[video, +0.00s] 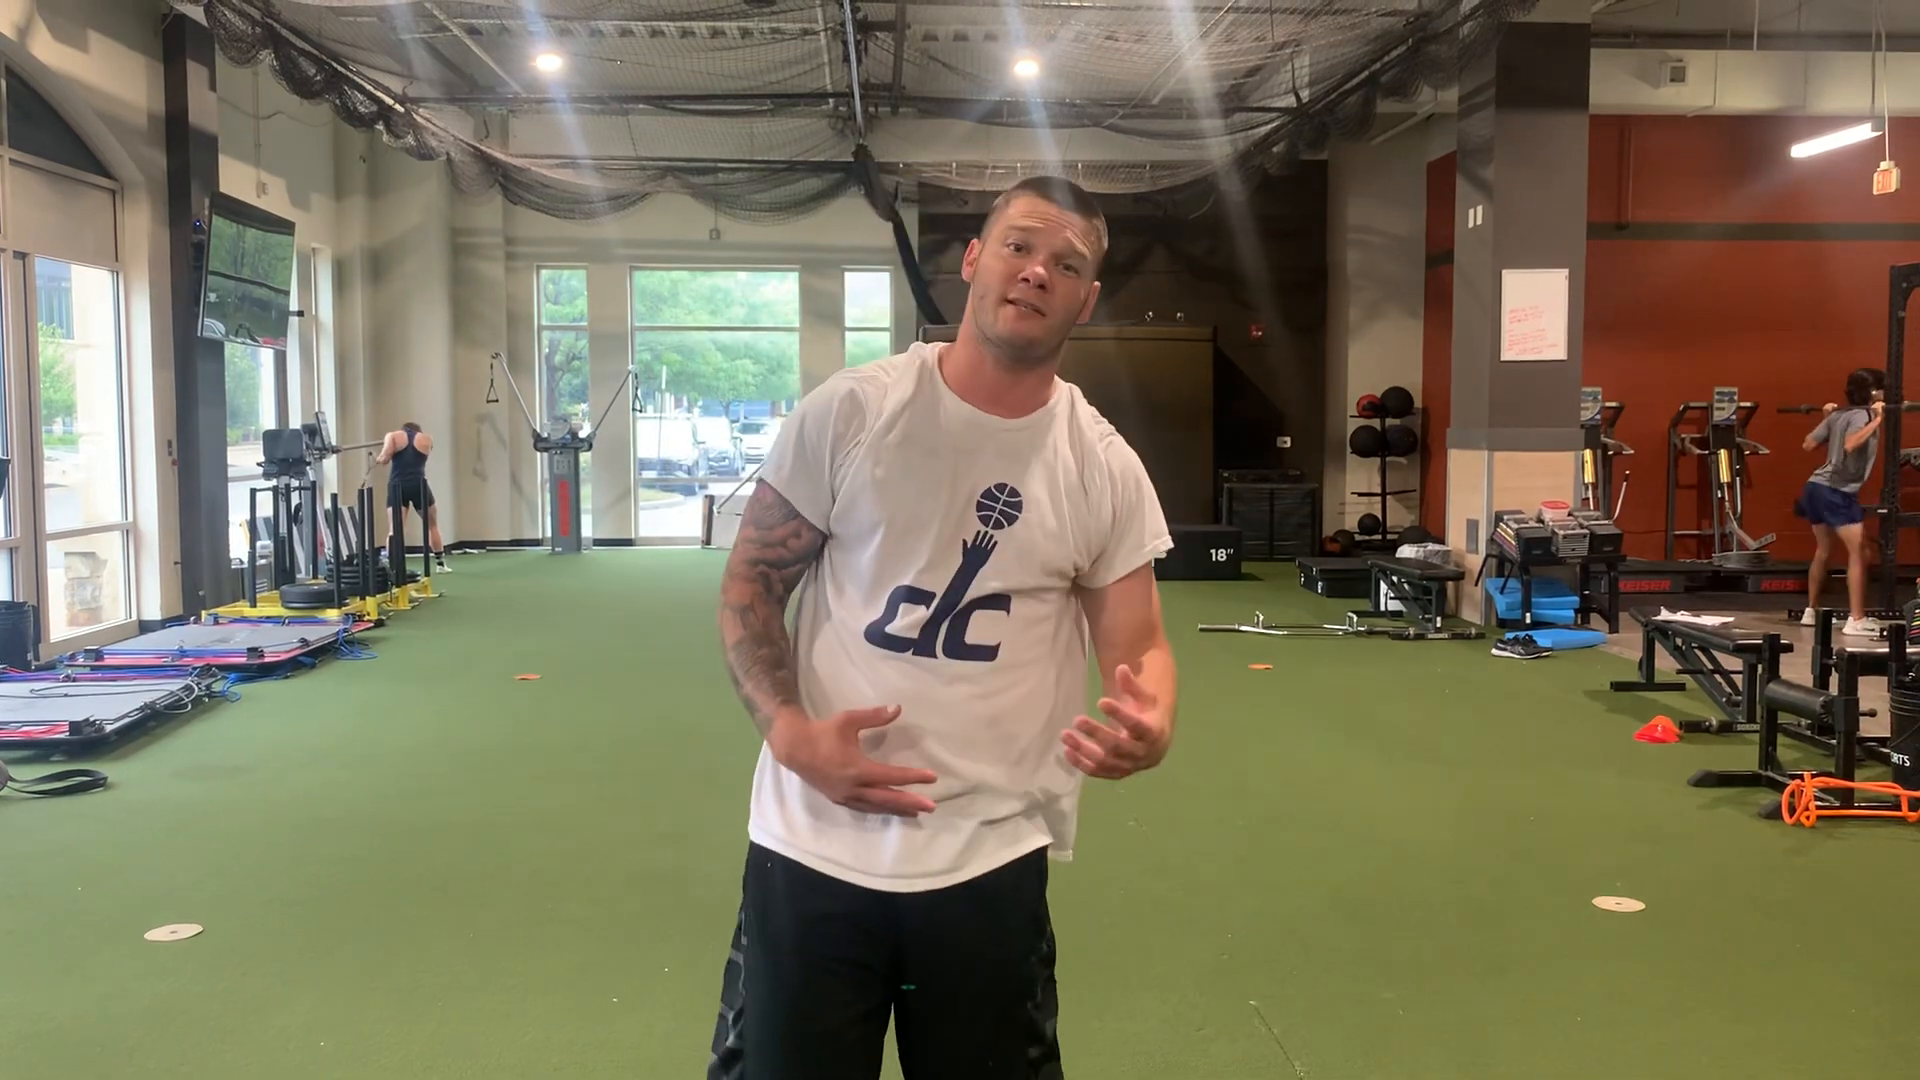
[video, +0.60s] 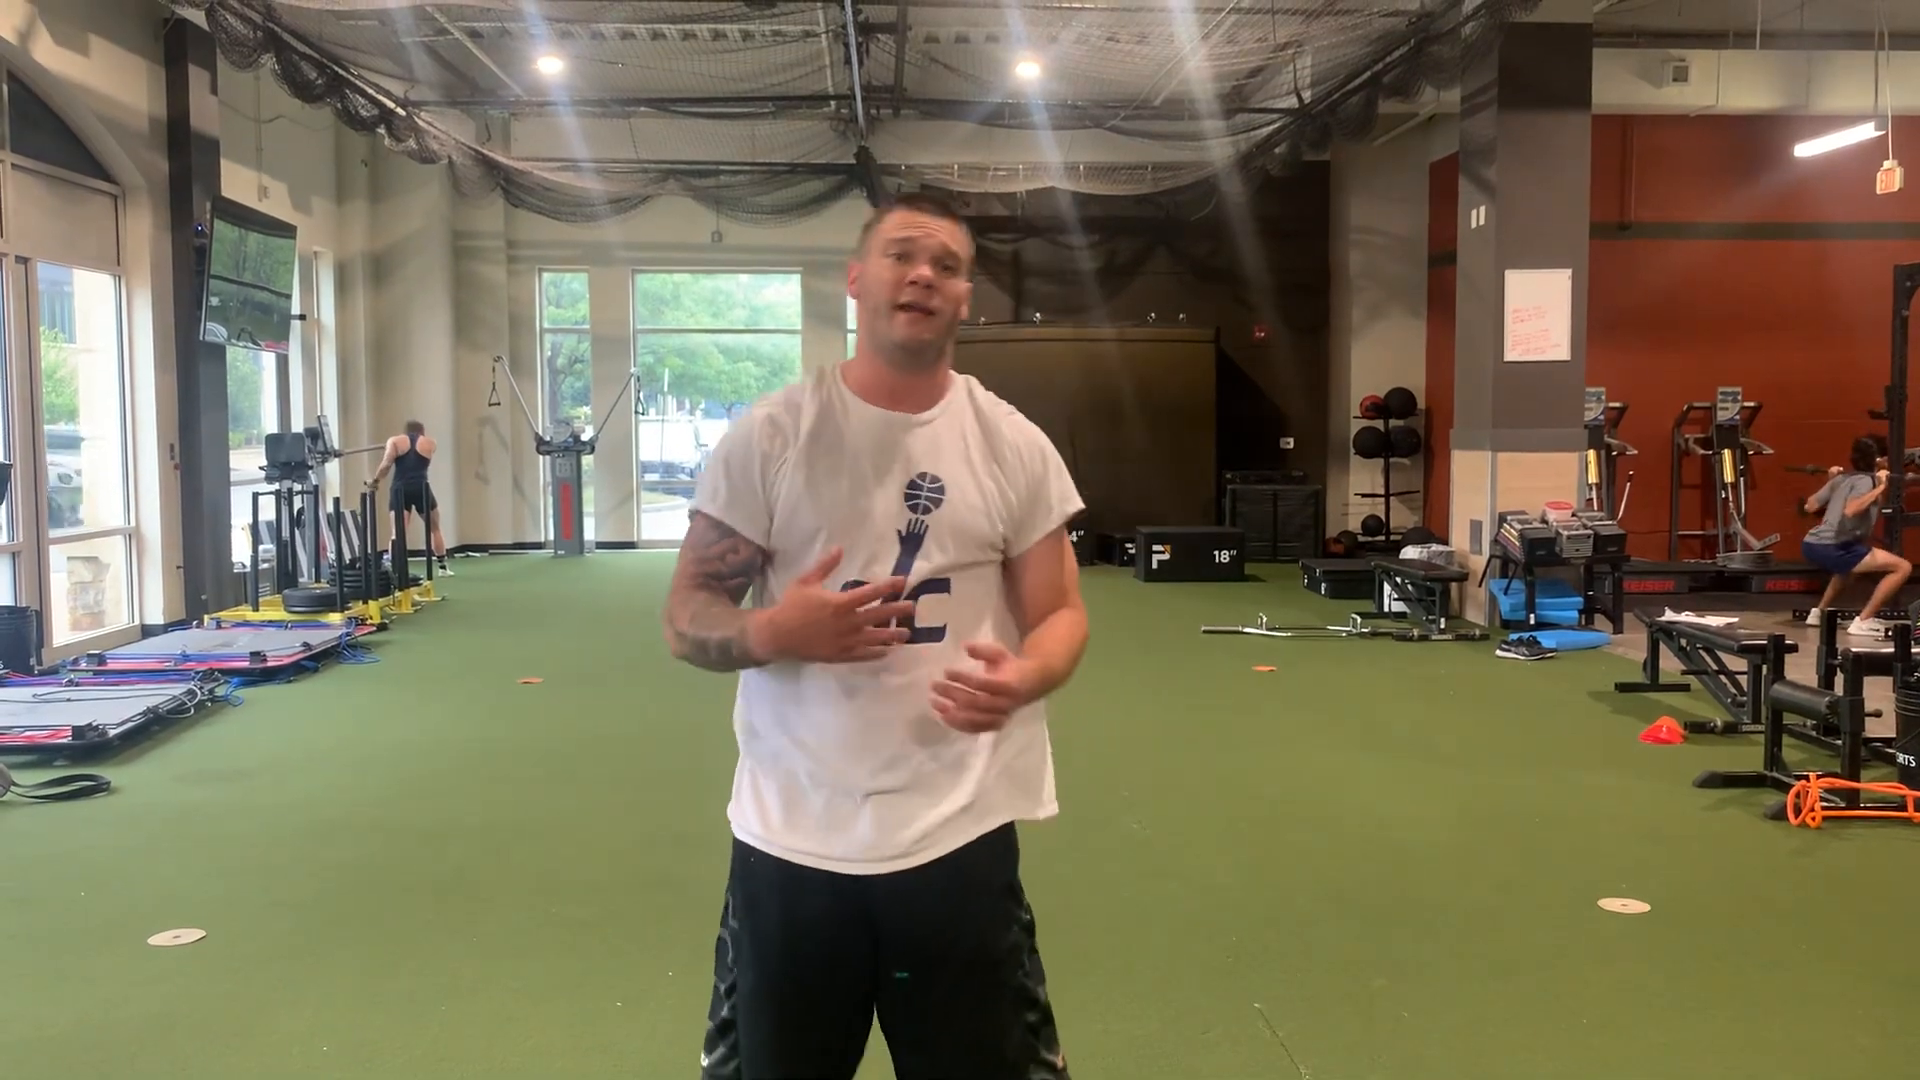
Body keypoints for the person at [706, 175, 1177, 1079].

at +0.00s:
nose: (1036, 273)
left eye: (1065, 264)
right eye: (1018, 246)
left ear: (1088, 304)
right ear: (970, 263)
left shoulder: (1102, 468)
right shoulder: (847, 414)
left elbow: (1138, 649)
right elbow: (749, 587)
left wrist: (1142, 732)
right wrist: (786, 726)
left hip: (985, 867)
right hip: (814, 854)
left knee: (997, 1067)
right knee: (781, 1066)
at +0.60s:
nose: (924, 277)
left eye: (946, 265)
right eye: (902, 254)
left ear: (967, 300)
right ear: (854, 278)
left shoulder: (1011, 447)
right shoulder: (769, 436)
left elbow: (1060, 615)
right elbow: (687, 617)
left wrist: (1026, 675)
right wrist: (774, 632)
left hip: (959, 842)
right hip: (791, 845)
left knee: (992, 1065)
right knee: (767, 1066)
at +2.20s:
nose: (881, 320)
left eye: (899, 316)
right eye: (867, 302)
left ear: (910, 342)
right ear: (825, 314)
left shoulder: (936, 446)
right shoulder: (750, 438)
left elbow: (967, 570)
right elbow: (700, 583)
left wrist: (935, 615)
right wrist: (757, 520)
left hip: (900, 735)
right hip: (774, 736)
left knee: (905, 960)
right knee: (755, 955)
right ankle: (753, 1062)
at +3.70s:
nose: (909, 341)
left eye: (923, 335)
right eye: (898, 325)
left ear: (934, 356)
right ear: (866, 334)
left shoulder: (948, 441)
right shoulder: (804, 427)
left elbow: (966, 554)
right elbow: (755, 535)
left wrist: (984, 660)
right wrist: (836, 542)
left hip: (913, 672)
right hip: (819, 674)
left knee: (905, 840)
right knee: (834, 838)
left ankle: (881, 1015)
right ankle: (861, 964)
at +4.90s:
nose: (990, 332)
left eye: (1004, 325)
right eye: (978, 316)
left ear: (1013, 347)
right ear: (942, 326)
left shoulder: (1033, 432)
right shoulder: (888, 424)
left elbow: (1057, 536)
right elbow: (839, 537)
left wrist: (1076, 558)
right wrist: (885, 535)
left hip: (1002, 676)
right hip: (900, 675)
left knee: (1005, 847)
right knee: (885, 840)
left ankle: (992, 1020)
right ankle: (877, 954)